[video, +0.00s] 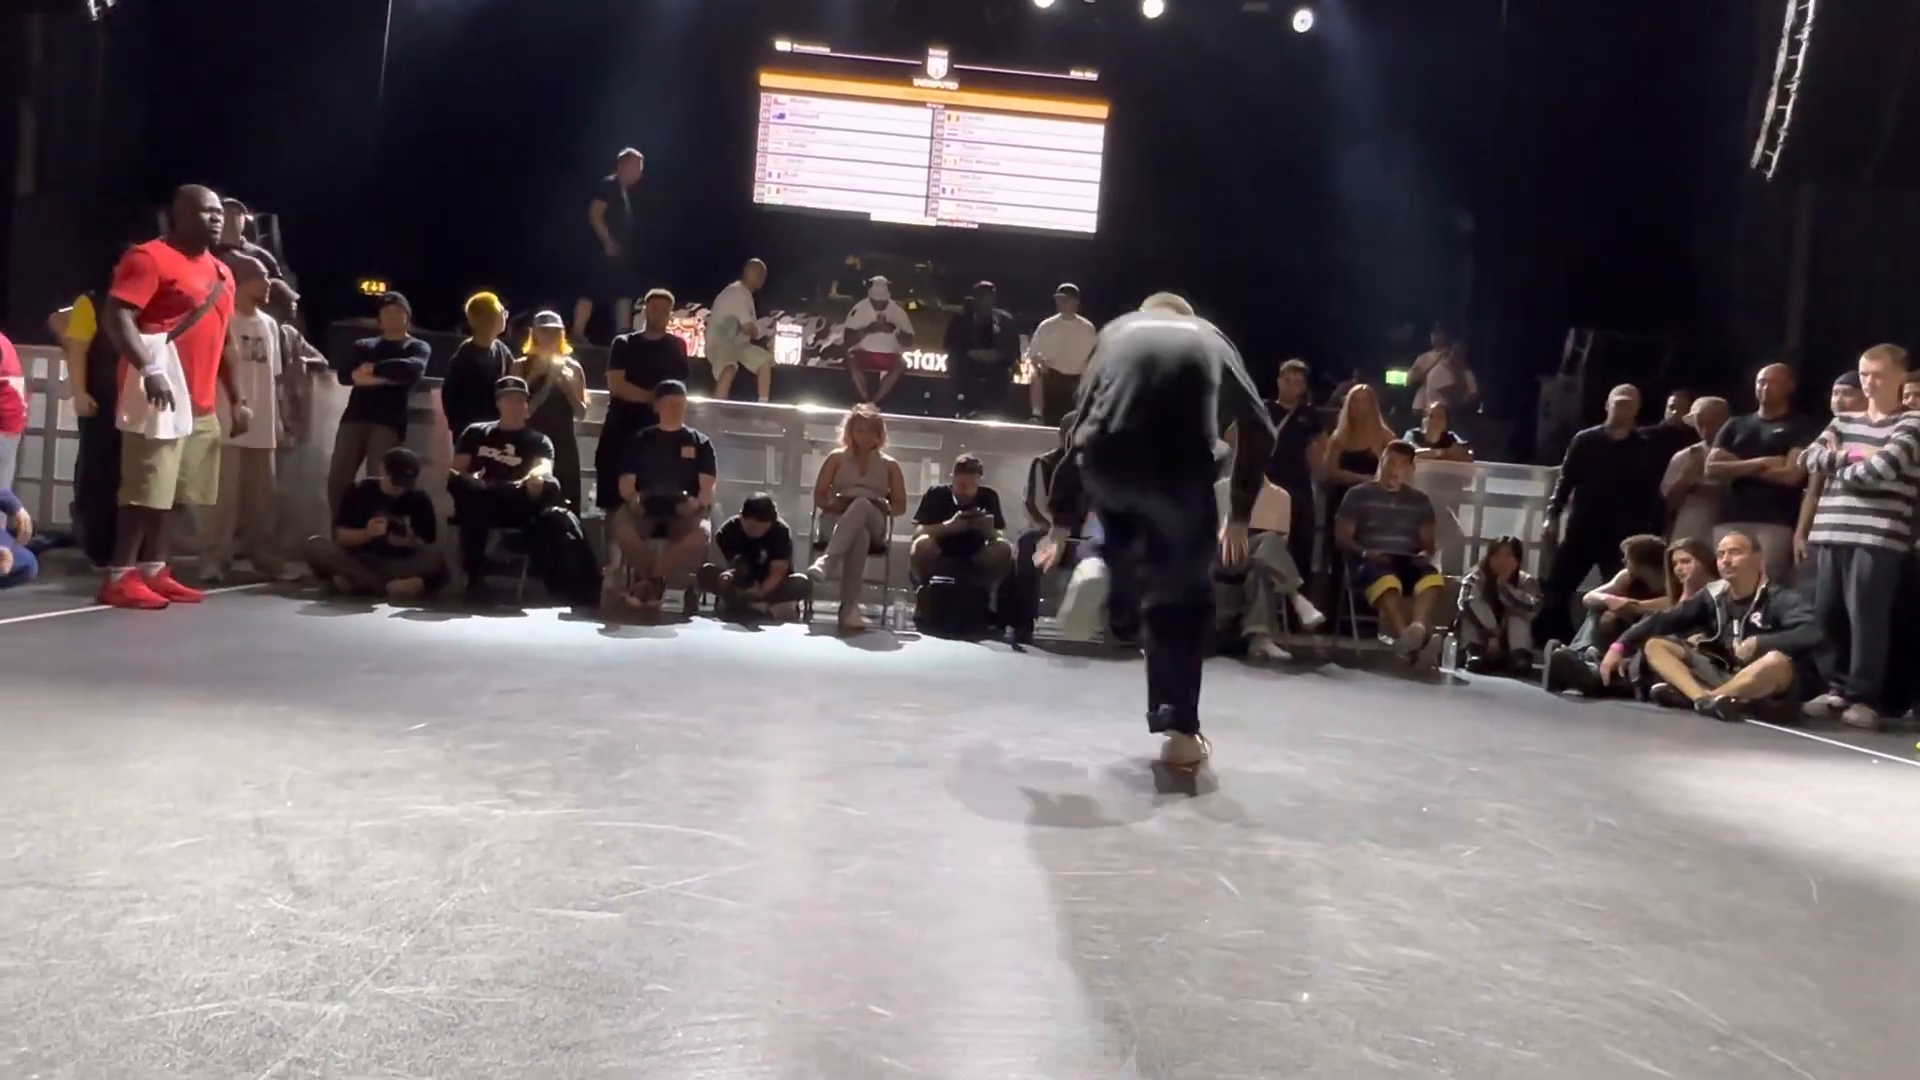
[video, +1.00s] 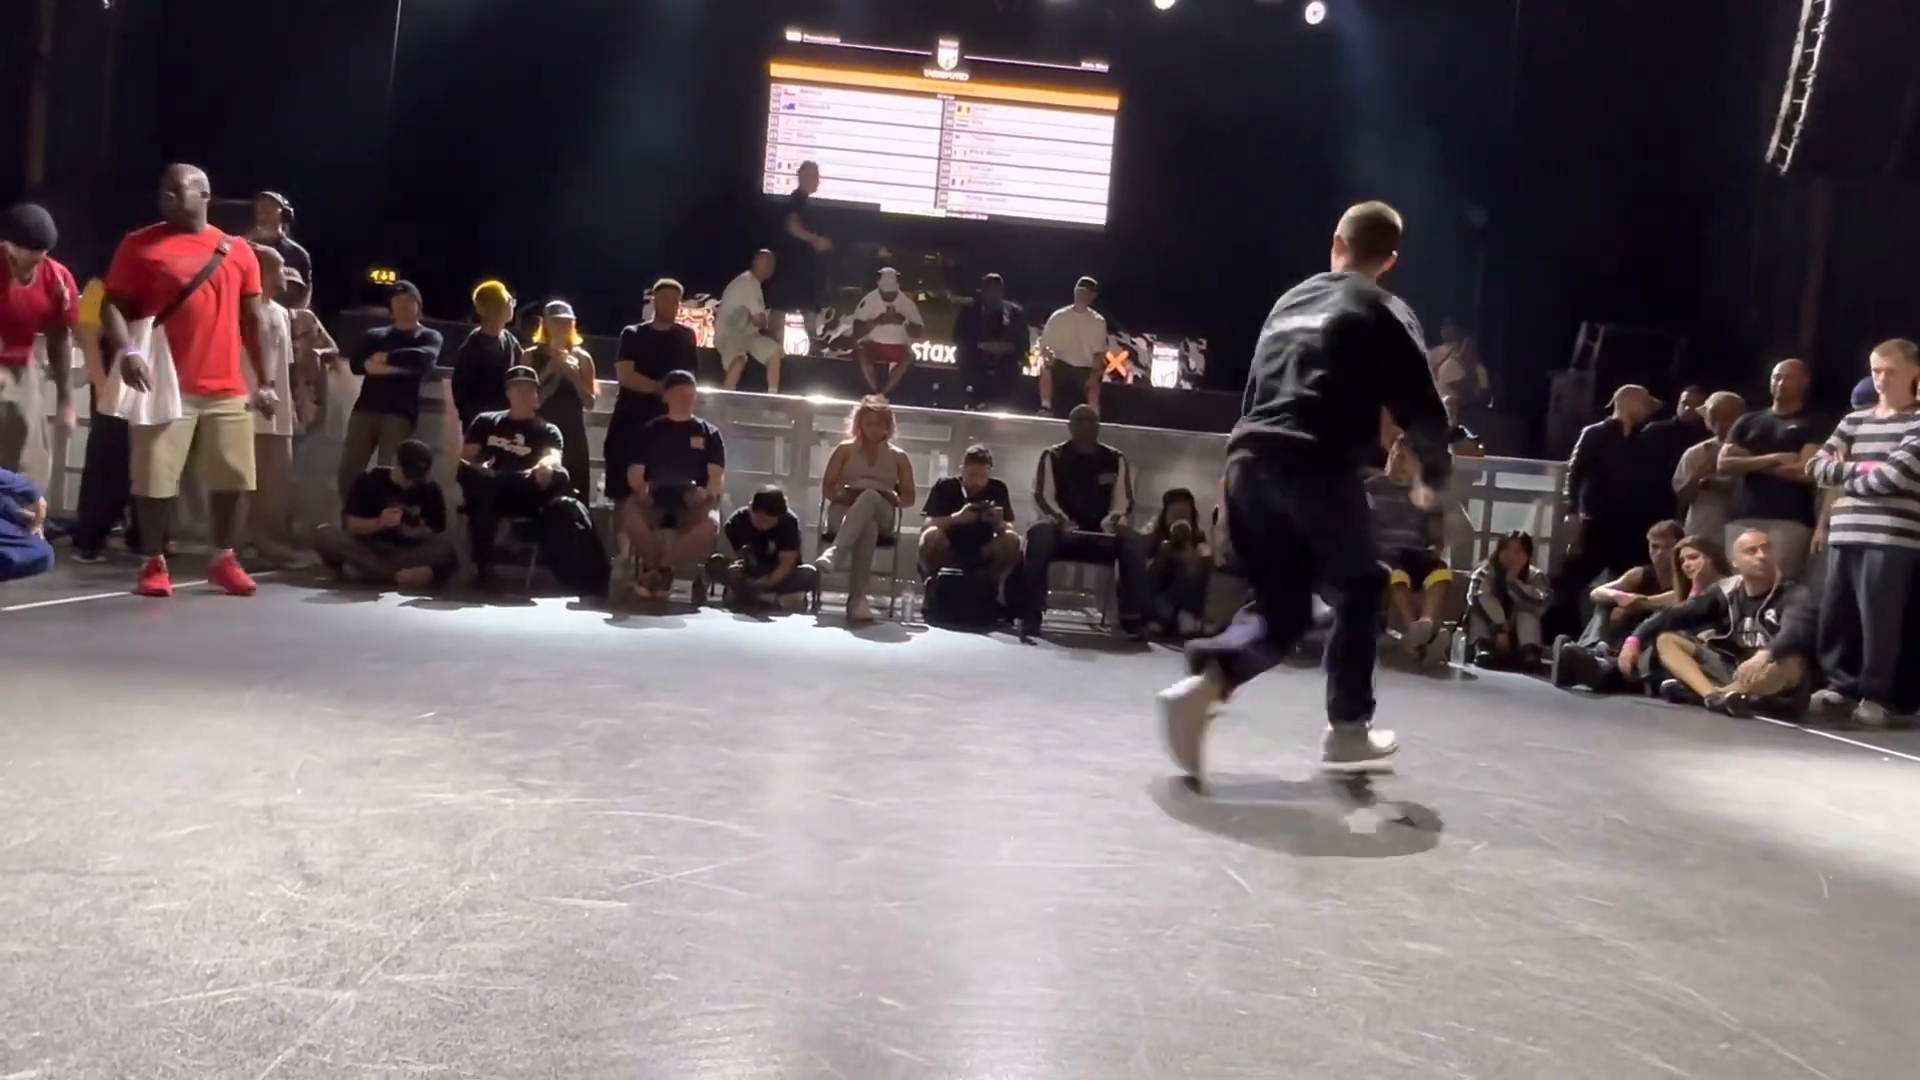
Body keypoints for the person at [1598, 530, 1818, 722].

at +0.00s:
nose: (1725, 560)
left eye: (1734, 553)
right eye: (1721, 555)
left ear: (1757, 558)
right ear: (1717, 562)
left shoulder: (1781, 598)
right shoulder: (1712, 596)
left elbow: (1812, 633)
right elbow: (1666, 620)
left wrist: (1757, 642)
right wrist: (1620, 646)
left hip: (1770, 689)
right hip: (1724, 678)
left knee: (1775, 661)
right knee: (1654, 647)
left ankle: (1704, 700)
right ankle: (1704, 699)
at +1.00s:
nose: (1761, 557)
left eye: (1766, 549)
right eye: (1751, 551)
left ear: (1773, 555)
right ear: (1736, 561)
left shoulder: (1794, 594)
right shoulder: (1724, 592)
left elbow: (1795, 631)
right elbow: (1677, 615)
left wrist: (1767, 654)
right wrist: (1635, 640)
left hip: (1775, 671)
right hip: (1731, 669)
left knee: (1792, 663)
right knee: (1666, 642)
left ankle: (1717, 695)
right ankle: (1712, 696)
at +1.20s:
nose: (1763, 559)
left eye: (1766, 552)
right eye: (1753, 555)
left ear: (1772, 554)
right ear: (1735, 564)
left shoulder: (1795, 593)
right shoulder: (1723, 594)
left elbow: (1809, 633)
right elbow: (1670, 615)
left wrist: (1773, 647)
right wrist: (1637, 640)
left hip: (1776, 675)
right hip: (1731, 669)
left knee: (1794, 662)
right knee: (1667, 642)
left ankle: (1721, 694)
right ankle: (1713, 695)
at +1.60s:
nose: (1758, 558)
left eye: (1762, 550)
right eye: (1748, 552)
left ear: (1770, 554)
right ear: (1732, 561)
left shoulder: (1792, 593)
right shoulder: (1722, 591)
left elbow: (1768, 633)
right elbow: (1669, 616)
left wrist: (1717, 655)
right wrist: (1685, 638)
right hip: (1728, 674)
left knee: (1789, 659)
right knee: (1658, 637)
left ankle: (1717, 694)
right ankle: (1713, 694)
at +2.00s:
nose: (1760, 555)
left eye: (1765, 548)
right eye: (1750, 550)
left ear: (1772, 553)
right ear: (1734, 559)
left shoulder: (1793, 590)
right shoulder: (1724, 589)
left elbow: (1769, 629)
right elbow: (1673, 617)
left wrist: (1717, 659)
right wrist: (1698, 636)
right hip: (1726, 672)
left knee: (1789, 658)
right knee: (1659, 636)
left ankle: (1706, 694)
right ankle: (1713, 694)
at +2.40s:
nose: (1759, 556)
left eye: (1766, 550)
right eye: (1751, 550)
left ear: (1775, 555)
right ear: (1737, 559)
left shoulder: (1792, 588)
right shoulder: (1727, 587)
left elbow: (1783, 628)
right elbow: (1678, 616)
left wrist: (1726, 654)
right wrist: (1690, 635)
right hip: (1723, 669)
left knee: (1787, 657)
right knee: (1659, 636)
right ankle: (1710, 694)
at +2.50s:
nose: (1759, 557)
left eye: (1766, 550)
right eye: (1751, 551)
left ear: (1775, 556)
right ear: (1737, 559)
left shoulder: (1793, 589)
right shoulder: (1726, 589)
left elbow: (1792, 629)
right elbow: (1672, 614)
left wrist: (1732, 650)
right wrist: (1682, 630)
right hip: (1726, 672)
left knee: (1787, 658)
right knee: (1659, 636)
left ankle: (1723, 696)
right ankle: (1710, 696)